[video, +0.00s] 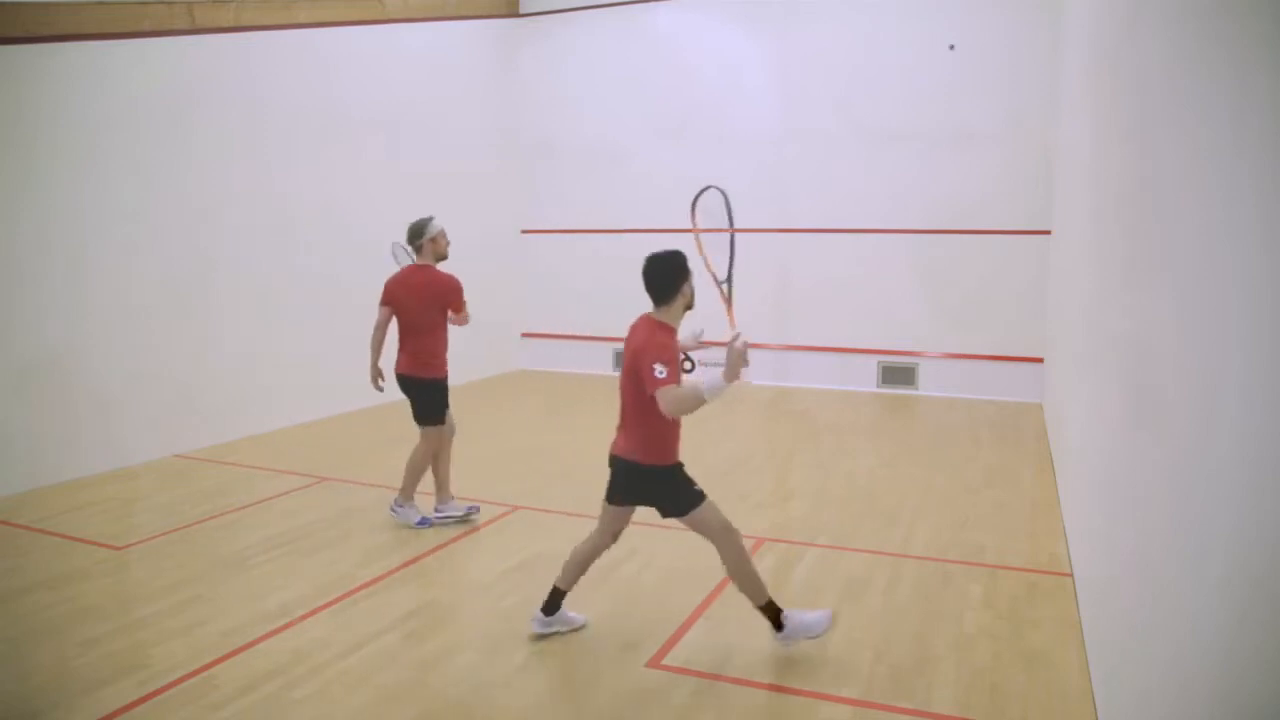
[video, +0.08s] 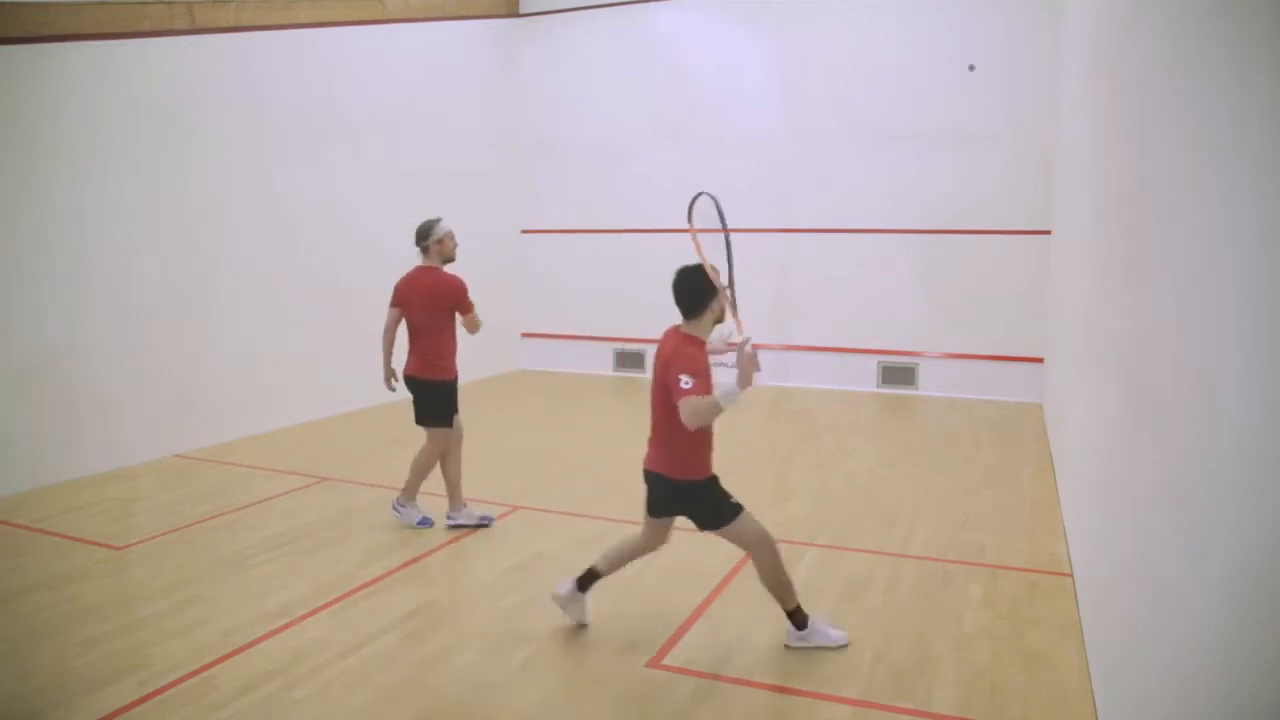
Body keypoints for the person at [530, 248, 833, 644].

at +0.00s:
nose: (693, 288)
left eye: (690, 280)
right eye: (690, 281)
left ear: (652, 288)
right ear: (683, 288)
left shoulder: (642, 329)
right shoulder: (660, 340)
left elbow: (643, 367)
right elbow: (671, 404)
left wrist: (680, 343)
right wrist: (726, 379)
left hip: (627, 460)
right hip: (657, 466)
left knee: (604, 533)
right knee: (725, 536)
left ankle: (548, 612)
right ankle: (780, 621)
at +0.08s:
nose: (726, 300)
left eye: (723, 293)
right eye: (722, 294)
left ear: (686, 302)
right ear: (714, 304)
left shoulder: (674, 339)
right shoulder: (686, 352)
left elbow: (692, 352)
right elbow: (692, 415)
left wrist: (715, 346)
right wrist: (740, 386)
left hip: (660, 472)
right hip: (688, 479)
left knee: (650, 538)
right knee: (760, 543)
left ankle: (576, 588)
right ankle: (801, 625)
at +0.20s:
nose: (759, 313)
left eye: (757, 304)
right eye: (755, 305)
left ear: (720, 311)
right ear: (739, 311)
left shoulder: (705, 349)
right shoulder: (711, 358)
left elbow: (719, 395)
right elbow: (703, 428)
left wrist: (753, 401)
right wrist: (751, 415)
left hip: (694, 472)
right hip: (698, 481)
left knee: (740, 528)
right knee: (776, 538)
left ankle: (686, 584)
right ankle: (807, 624)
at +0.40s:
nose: (760, 320)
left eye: (759, 312)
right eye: (752, 313)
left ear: (738, 318)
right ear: (725, 318)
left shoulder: (742, 365)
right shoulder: (693, 366)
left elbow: (754, 424)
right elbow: (675, 436)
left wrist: (797, 467)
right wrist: (717, 442)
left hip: (727, 472)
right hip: (689, 483)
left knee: (771, 540)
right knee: (751, 557)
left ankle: (754, 592)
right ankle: (752, 637)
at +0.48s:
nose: (751, 312)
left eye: (750, 302)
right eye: (742, 302)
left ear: (737, 307)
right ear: (716, 305)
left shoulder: (734, 354)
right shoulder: (677, 355)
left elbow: (745, 412)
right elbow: (643, 420)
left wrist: (794, 450)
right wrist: (678, 429)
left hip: (720, 468)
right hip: (680, 478)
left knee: (750, 535)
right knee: (726, 566)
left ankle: (754, 591)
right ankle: (721, 644)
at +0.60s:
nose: (730, 302)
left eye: (733, 292)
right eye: (724, 292)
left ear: (719, 289)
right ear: (693, 288)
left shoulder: (714, 334)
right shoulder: (640, 327)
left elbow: (736, 392)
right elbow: (581, 370)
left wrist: (794, 425)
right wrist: (608, 373)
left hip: (692, 453)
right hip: (645, 462)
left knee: (731, 540)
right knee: (685, 562)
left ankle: (707, 613)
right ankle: (706, 640)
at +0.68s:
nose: (706, 311)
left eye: (708, 300)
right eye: (700, 300)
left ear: (690, 297)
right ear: (667, 293)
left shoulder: (697, 336)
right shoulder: (617, 327)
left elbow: (725, 381)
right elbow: (565, 343)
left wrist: (787, 409)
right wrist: (554, 339)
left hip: (674, 461)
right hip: (625, 465)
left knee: (709, 558)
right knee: (652, 571)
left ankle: (686, 641)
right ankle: (660, 656)